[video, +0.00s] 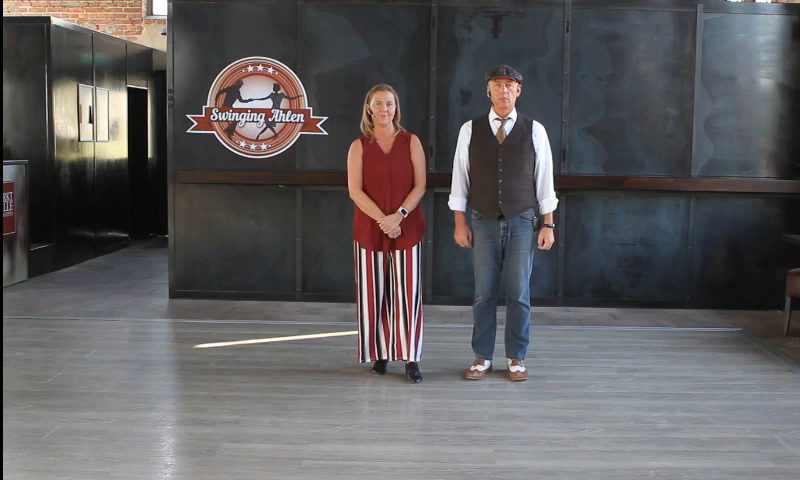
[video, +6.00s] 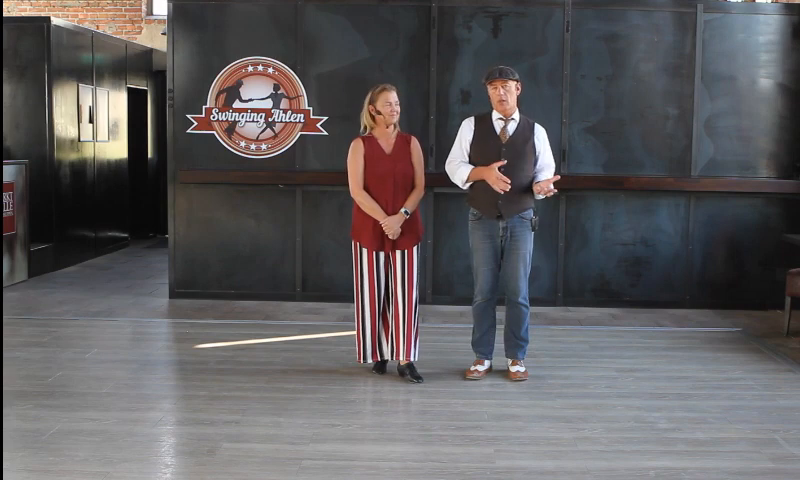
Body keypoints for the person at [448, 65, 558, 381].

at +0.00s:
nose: (505, 92)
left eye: (510, 87)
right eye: (499, 86)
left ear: (518, 92)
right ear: (489, 90)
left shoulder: (534, 131)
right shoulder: (470, 130)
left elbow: (545, 178)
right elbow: (460, 176)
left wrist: (548, 223)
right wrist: (459, 221)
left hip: (522, 222)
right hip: (482, 222)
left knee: (518, 293)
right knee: (484, 293)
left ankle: (517, 359)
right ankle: (481, 358)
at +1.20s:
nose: (503, 92)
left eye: (508, 87)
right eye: (497, 87)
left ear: (516, 91)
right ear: (487, 90)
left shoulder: (533, 131)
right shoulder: (468, 129)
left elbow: (547, 174)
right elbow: (451, 174)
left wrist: (532, 176)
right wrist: (468, 176)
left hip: (520, 219)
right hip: (481, 220)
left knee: (517, 292)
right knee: (483, 292)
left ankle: (516, 359)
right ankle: (482, 358)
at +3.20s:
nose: (496, 91)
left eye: (501, 85)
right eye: (491, 86)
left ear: (514, 89)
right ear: (485, 93)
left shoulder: (533, 129)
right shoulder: (469, 128)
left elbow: (549, 172)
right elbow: (454, 167)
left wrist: (536, 177)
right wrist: (459, 177)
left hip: (519, 219)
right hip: (481, 219)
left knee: (517, 292)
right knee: (483, 292)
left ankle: (516, 359)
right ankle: (482, 358)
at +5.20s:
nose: (503, 88)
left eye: (509, 83)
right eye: (498, 83)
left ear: (517, 91)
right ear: (489, 89)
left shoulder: (533, 130)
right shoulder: (469, 128)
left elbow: (548, 170)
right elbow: (452, 169)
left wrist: (529, 183)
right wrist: (472, 182)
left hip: (520, 220)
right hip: (481, 220)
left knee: (517, 292)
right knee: (483, 292)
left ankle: (516, 359)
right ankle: (482, 358)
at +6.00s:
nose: (500, 93)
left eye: (505, 87)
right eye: (494, 88)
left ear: (517, 90)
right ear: (488, 93)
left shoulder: (535, 131)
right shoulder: (471, 127)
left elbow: (545, 172)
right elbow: (453, 167)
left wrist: (542, 186)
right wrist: (482, 172)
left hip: (521, 219)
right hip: (482, 219)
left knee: (517, 293)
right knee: (484, 292)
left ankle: (516, 359)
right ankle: (482, 358)